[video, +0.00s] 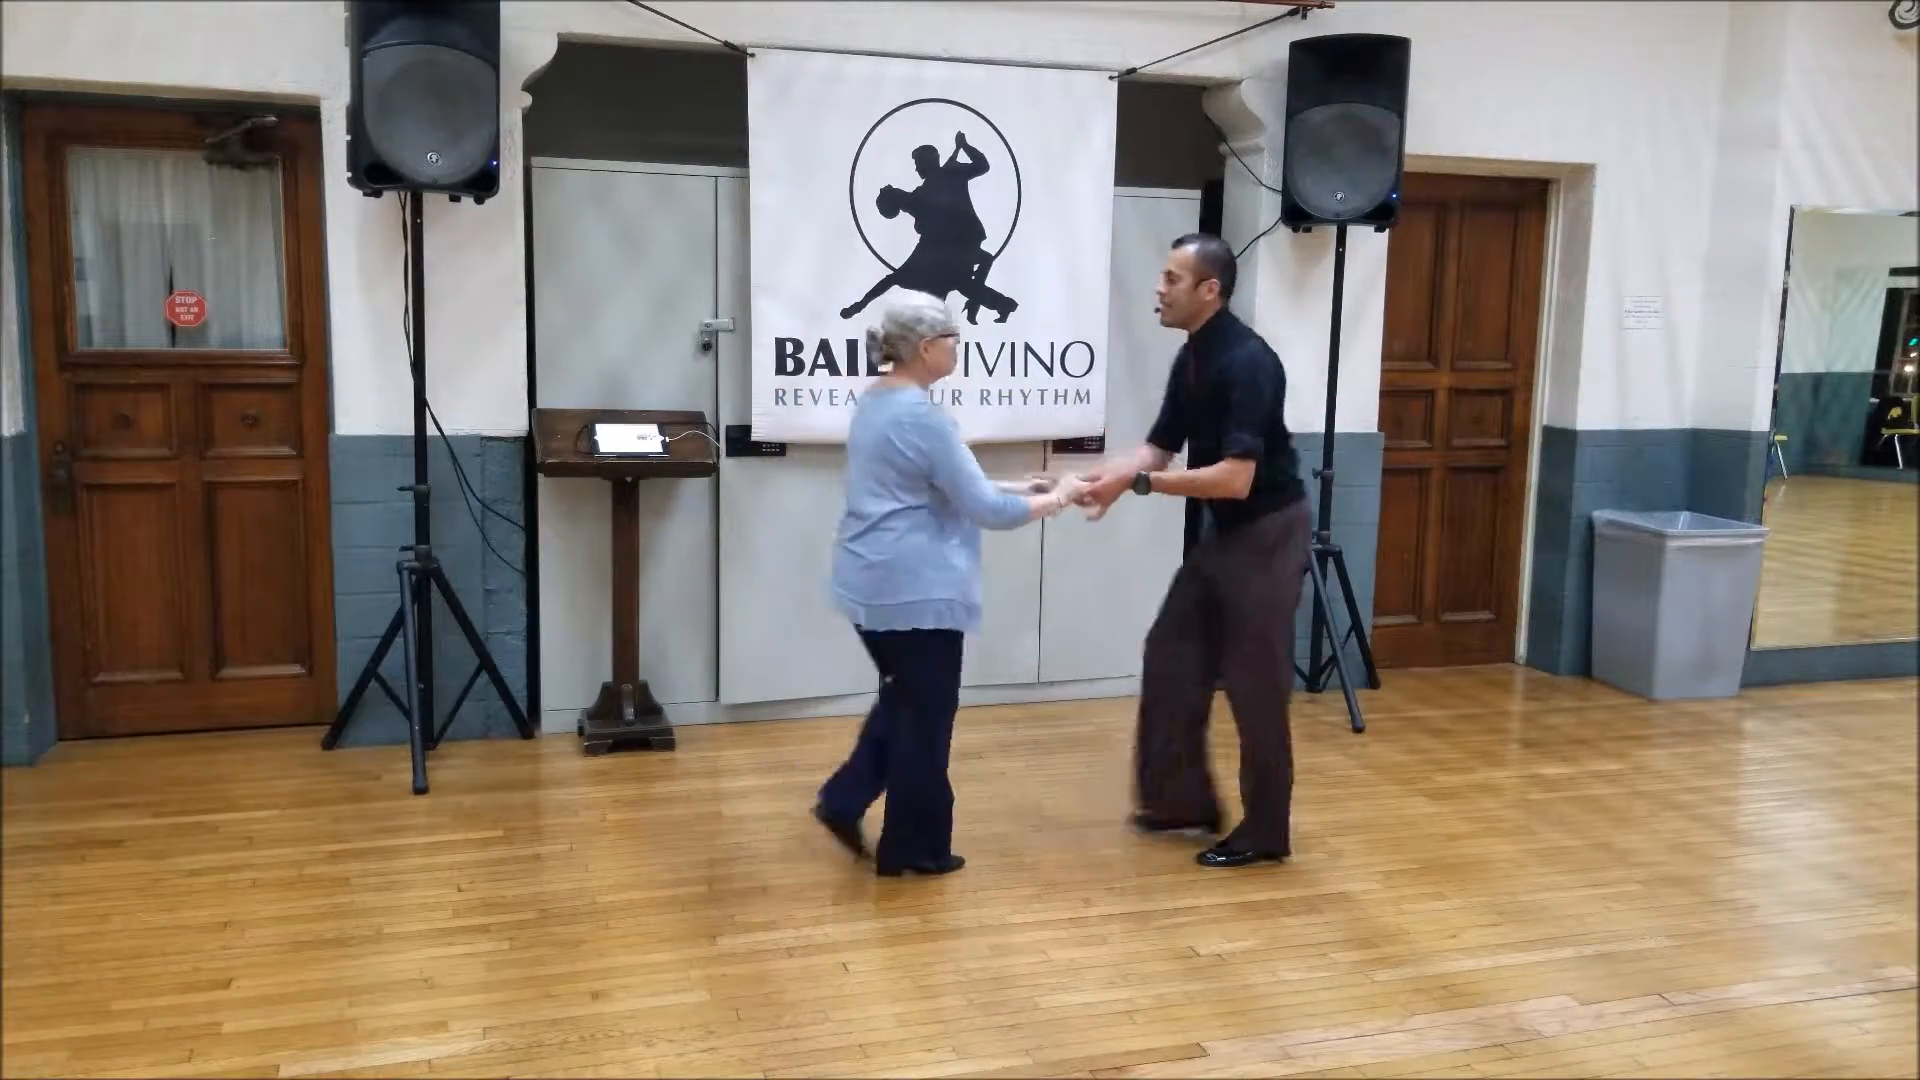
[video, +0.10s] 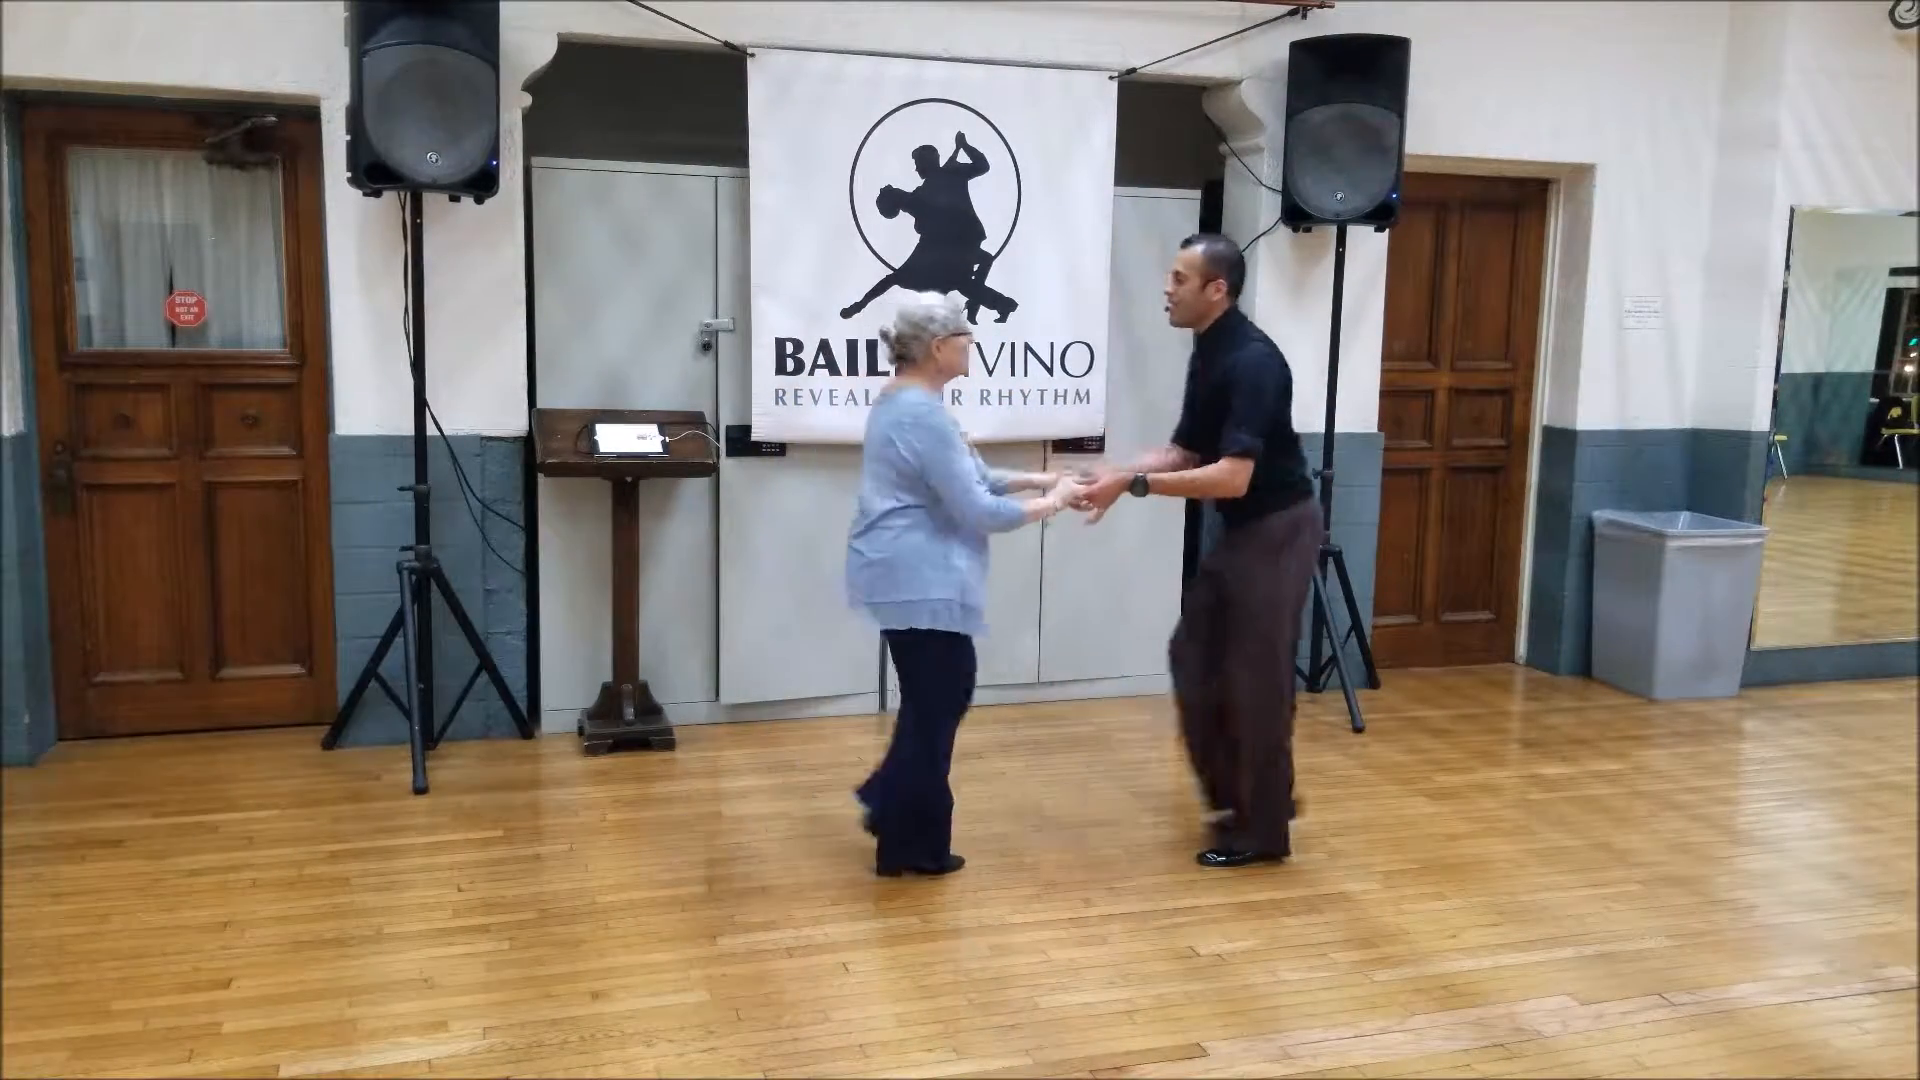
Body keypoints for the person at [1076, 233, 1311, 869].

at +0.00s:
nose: (1159, 289)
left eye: (1172, 280)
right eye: (1161, 278)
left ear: (1209, 289)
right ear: (1194, 289)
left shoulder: (1246, 361)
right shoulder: (1192, 355)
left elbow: (1236, 478)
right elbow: (1163, 447)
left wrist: (1147, 481)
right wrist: (1114, 481)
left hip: (1267, 535)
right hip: (1218, 533)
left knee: (1256, 680)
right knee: (1171, 658)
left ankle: (1266, 833)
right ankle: (1183, 804)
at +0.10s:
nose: (1168, 289)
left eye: (1180, 280)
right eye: (1170, 278)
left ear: (1216, 289)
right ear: (1204, 288)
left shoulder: (1251, 359)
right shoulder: (1208, 349)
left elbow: (1233, 478)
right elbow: (1187, 450)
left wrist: (1145, 483)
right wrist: (1122, 477)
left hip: (1276, 531)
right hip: (1236, 528)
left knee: (1256, 674)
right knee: (1194, 658)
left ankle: (1263, 833)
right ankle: (1240, 803)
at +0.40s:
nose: (1204, 292)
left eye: (1216, 284)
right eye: (1208, 281)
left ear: (1252, 296)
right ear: (1252, 295)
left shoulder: (1271, 364)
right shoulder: (1259, 349)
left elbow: (1238, 481)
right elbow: (1244, 452)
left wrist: (1147, 483)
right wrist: (1185, 455)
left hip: (1287, 538)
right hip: (1290, 530)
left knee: (1217, 676)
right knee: (1325, 670)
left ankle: (1249, 825)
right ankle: (1390, 809)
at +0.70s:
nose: (1191, 288)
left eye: (1203, 279)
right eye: (1194, 276)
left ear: (1242, 291)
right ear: (1225, 288)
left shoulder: (1272, 360)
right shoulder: (1214, 349)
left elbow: (1249, 459)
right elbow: (1197, 453)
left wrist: (1167, 408)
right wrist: (1119, 478)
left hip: (1261, 538)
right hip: (1229, 535)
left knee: (1224, 680)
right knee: (1275, 672)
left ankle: (1246, 833)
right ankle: (1359, 795)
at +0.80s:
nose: (1180, 282)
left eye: (1193, 272)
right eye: (1183, 270)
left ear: (1232, 282)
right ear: (1222, 281)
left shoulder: (1263, 350)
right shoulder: (1202, 353)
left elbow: (1226, 425)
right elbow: (1159, 451)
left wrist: (1146, 374)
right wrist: (1077, 469)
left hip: (1254, 534)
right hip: (1216, 532)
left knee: (1235, 679)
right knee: (1225, 673)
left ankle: (1246, 833)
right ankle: (1331, 778)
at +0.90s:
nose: (1161, 276)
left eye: (1174, 266)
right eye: (1164, 264)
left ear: (1215, 275)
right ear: (1196, 274)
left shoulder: (1243, 334)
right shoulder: (1186, 350)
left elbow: (1189, 378)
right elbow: (1131, 441)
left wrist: (1111, 330)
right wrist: (1050, 459)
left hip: (1246, 535)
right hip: (1201, 535)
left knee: (1240, 682)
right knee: (1168, 666)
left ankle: (1254, 833)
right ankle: (1254, 772)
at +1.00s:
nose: (1140, 277)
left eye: (1153, 267)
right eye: (1141, 266)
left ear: (1194, 275)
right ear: (1173, 273)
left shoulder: (1221, 331)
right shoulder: (1167, 346)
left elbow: (1144, 341)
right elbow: (1113, 439)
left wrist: (1070, 298)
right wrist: (1030, 451)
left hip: (1227, 531)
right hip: (1178, 532)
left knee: (1239, 680)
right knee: (1132, 668)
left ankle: (1258, 833)